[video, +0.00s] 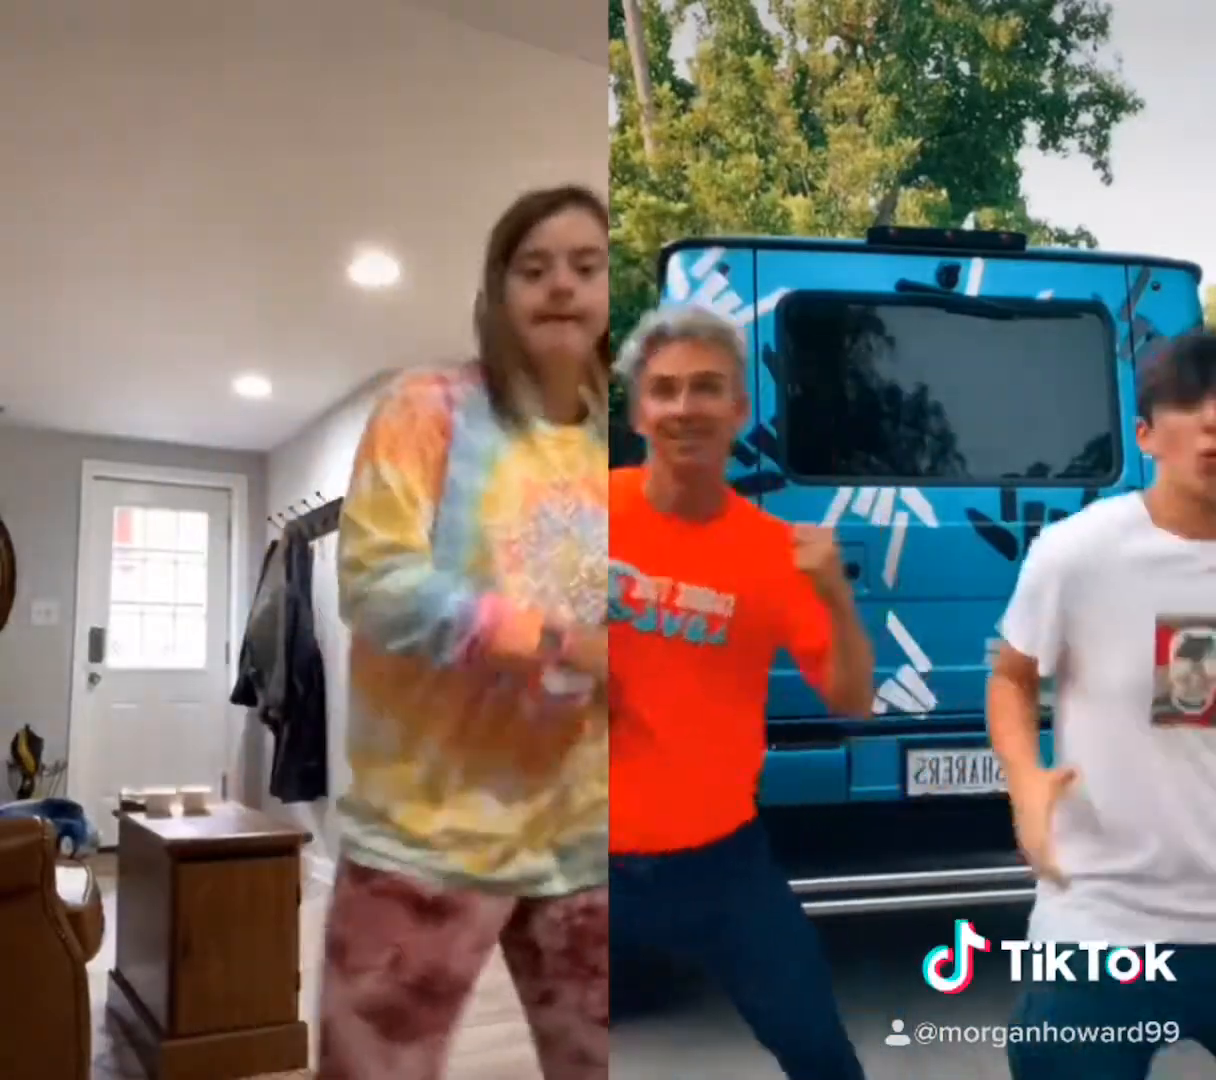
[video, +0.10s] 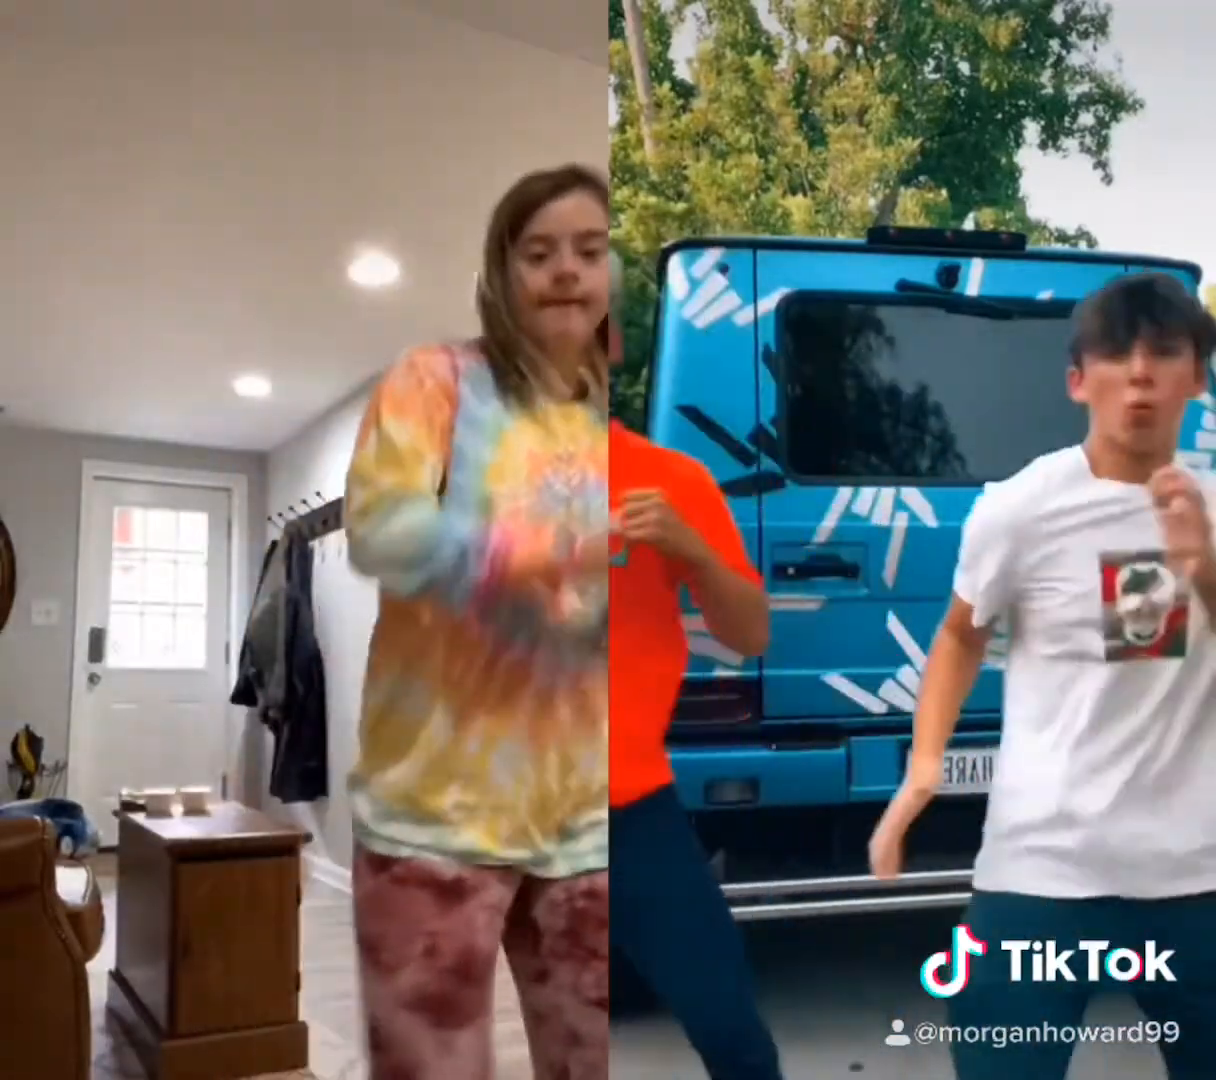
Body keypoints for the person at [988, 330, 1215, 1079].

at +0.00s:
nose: (1212, 424)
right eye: (1191, 407)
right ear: (1146, 433)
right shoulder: (1076, 552)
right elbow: (1011, 678)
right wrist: (1024, 780)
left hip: (1212, 918)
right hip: (1103, 919)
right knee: (1054, 1060)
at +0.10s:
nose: (1141, 374)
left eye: (1164, 355)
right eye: (1117, 355)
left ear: (1198, 379)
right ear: (1078, 381)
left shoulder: (1211, 507)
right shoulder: (1015, 511)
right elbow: (961, 635)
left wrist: (1203, 571)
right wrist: (925, 765)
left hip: (1192, 872)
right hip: (1039, 873)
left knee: (1205, 1060)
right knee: (1000, 1066)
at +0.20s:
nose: (1070, 381)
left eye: (1094, 359)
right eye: (1047, 359)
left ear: (1127, 385)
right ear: (1006, 384)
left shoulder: (1191, 531)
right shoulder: (948, 527)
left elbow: (1214, 711)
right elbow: (915, 684)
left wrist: (1161, 740)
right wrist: (919, 742)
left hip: (1164, 868)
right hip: (1005, 858)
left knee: (1160, 1066)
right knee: (981, 1063)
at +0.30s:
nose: (1006, 453)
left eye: (1029, 430)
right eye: (982, 430)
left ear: (1066, 459)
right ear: (947, 462)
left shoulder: (1132, 610)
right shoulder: (902, 600)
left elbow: (1205, 770)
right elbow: (857, 790)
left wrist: (1115, 888)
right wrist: (945, 676)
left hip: (1106, 909)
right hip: (957, 901)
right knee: (937, 1049)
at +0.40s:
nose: (971, 488)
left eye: (994, 465)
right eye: (948, 467)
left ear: (1029, 488)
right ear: (912, 494)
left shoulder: (1096, 633)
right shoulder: (862, 623)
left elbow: (1159, 826)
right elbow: (827, 805)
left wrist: (1016, 867)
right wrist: (929, 658)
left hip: (1064, 951)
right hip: (910, 946)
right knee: (870, 1052)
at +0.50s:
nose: (949, 464)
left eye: (973, 440)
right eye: (925, 443)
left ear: (1010, 460)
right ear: (890, 468)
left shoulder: (1071, 603)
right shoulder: (839, 584)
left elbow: (1099, 809)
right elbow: (813, 762)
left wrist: (933, 803)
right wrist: (922, 608)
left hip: (1035, 912)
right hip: (884, 910)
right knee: (859, 1047)